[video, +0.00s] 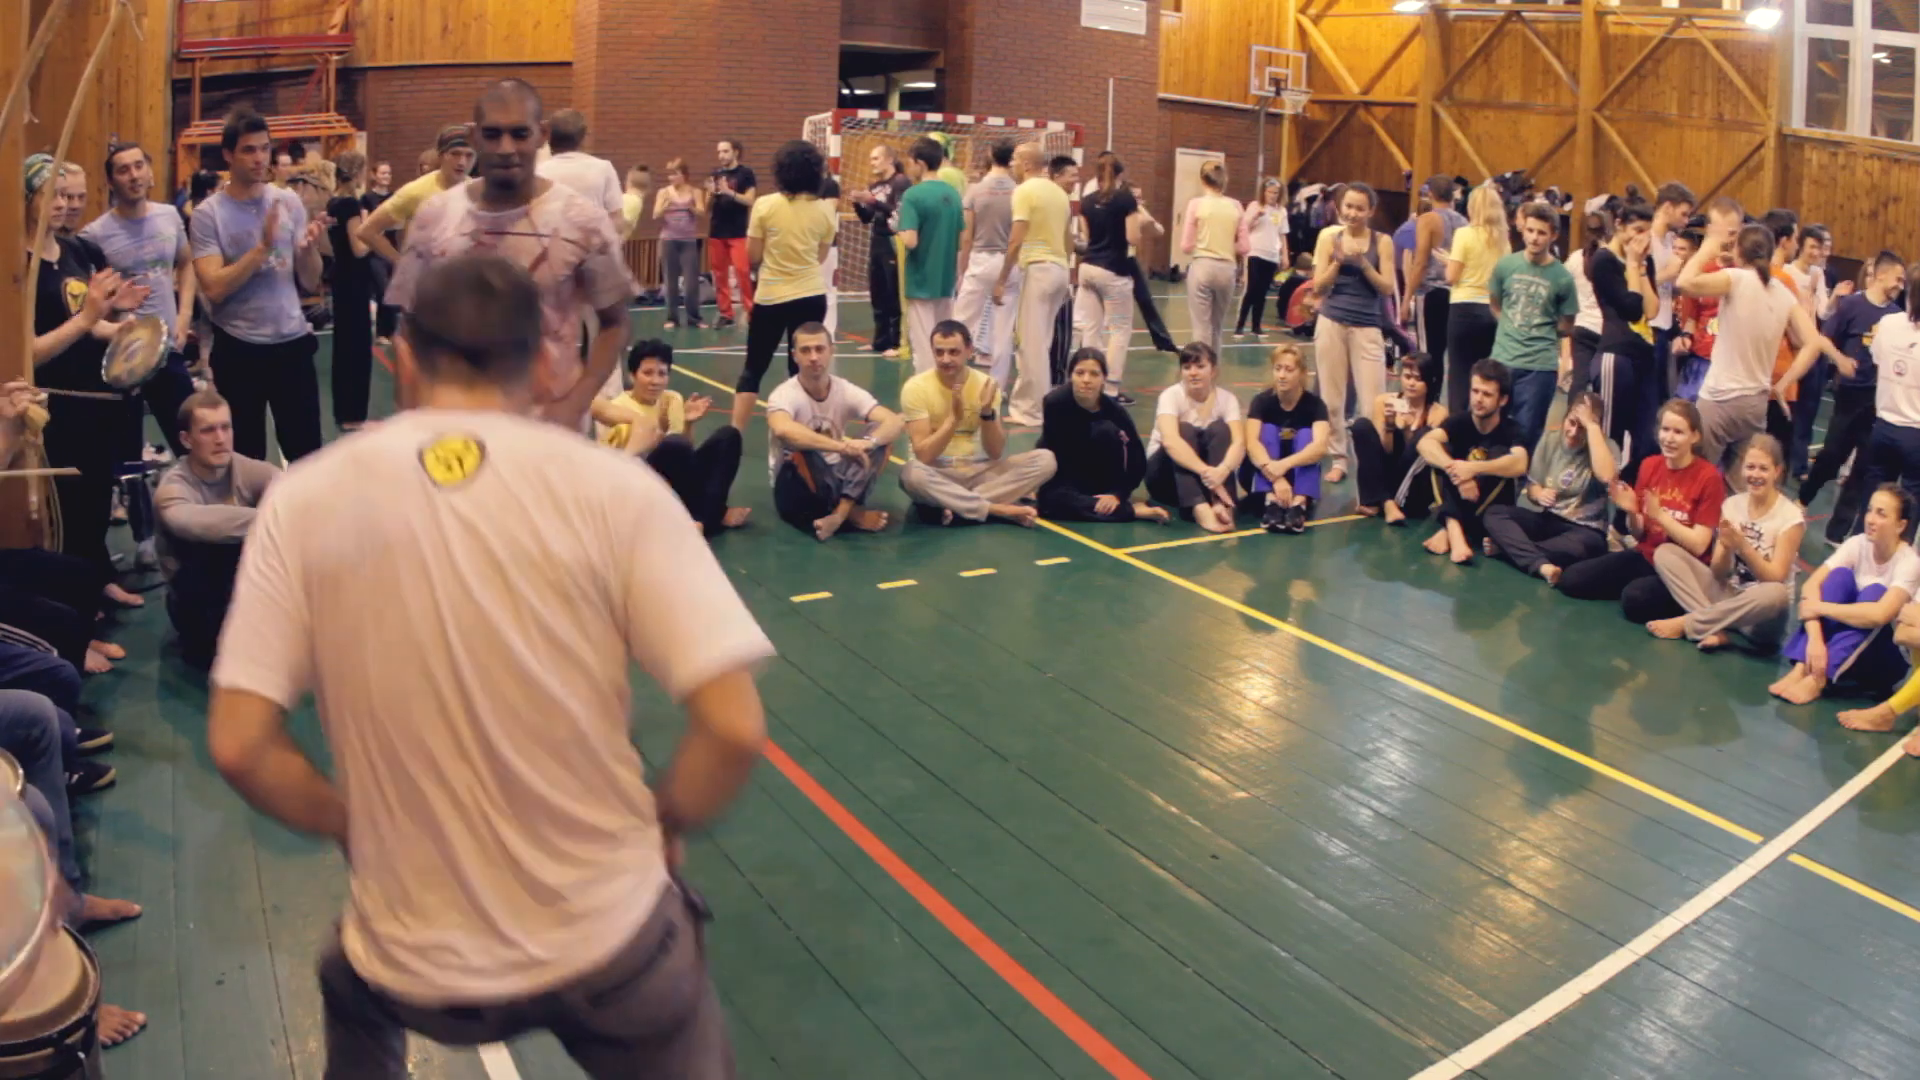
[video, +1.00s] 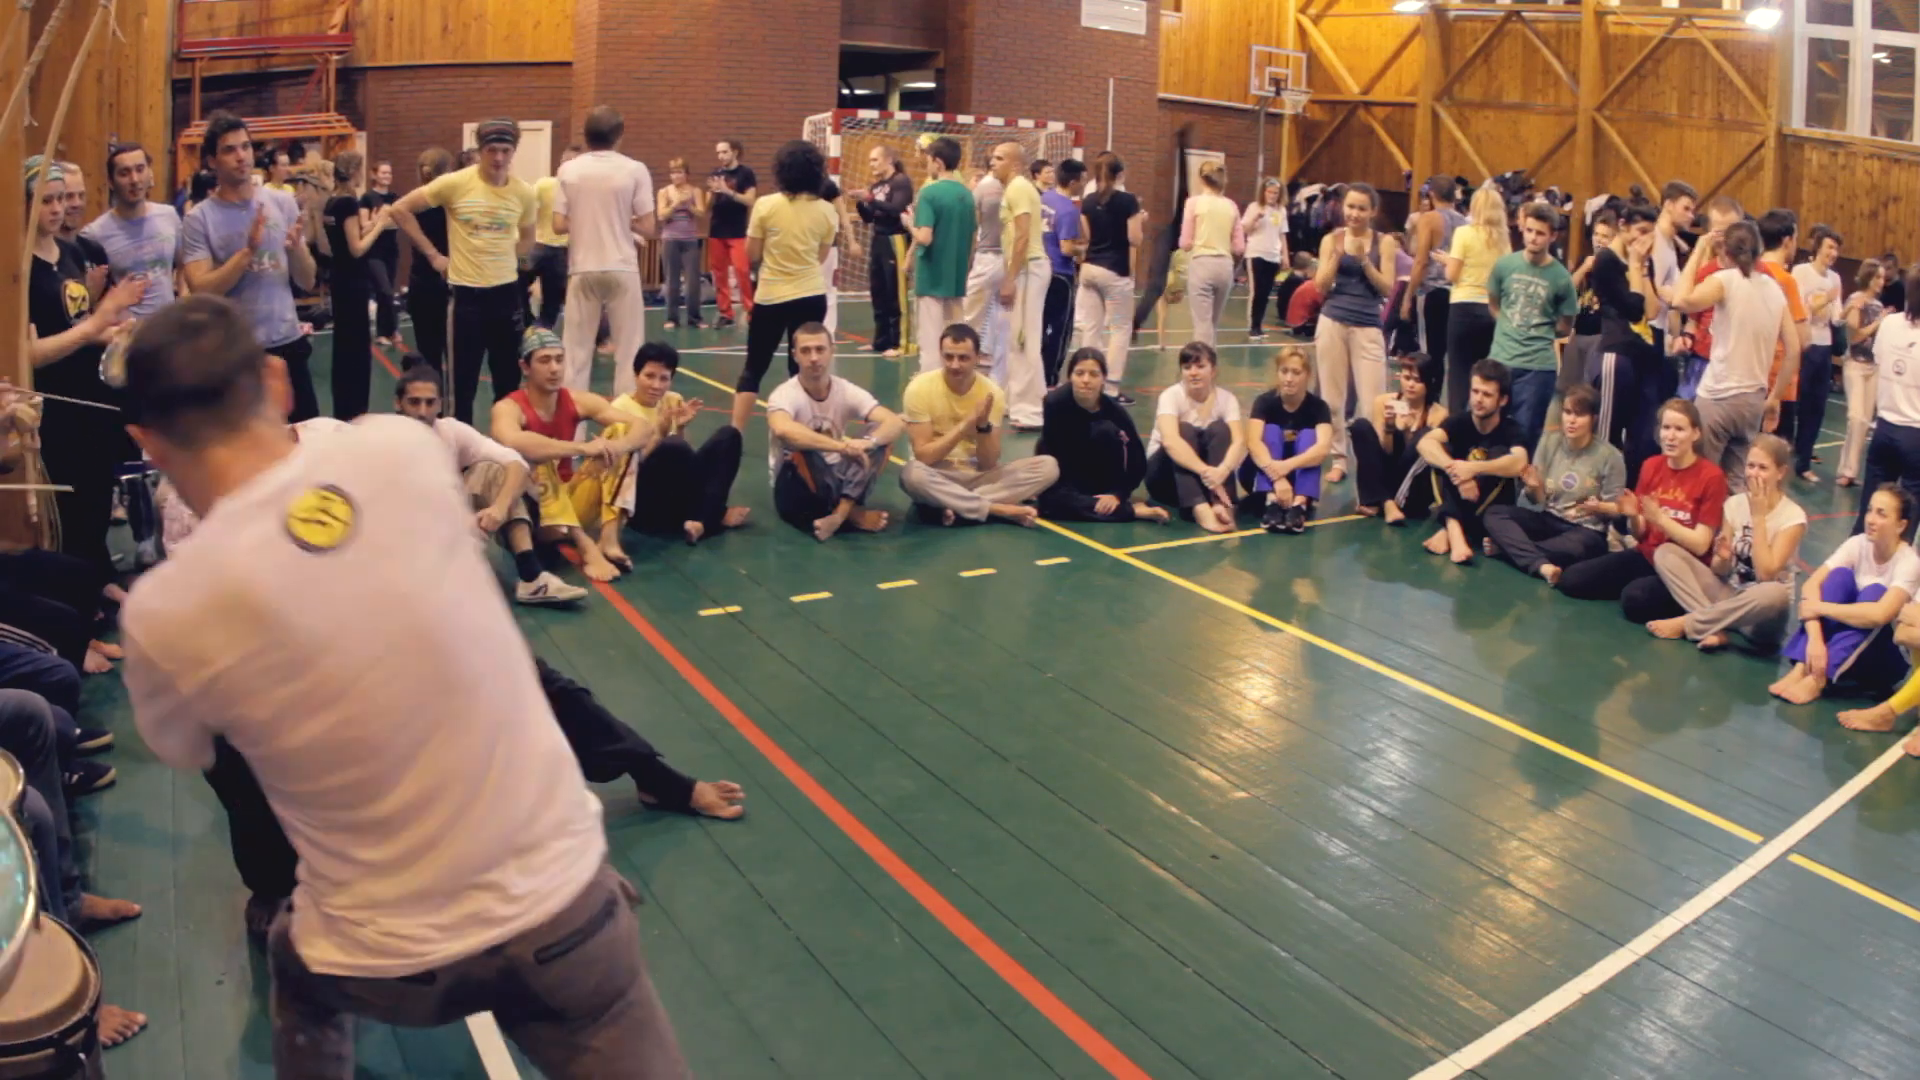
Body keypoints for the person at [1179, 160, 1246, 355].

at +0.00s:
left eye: (1202, 179)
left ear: (1202, 180)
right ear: (1224, 181)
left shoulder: (1195, 204)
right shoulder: (1236, 206)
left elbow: (1186, 245)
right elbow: (1244, 247)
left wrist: (1202, 243)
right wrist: (1225, 246)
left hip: (1202, 261)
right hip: (1227, 264)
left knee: (1201, 324)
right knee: (1217, 325)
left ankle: (1201, 370)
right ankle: (1213, 370)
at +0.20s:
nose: (1200, 183)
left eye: (1200, 179)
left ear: (1201, 180)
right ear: (1221, 181)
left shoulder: (1194, 204)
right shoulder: (1232, 205)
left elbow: (1185, 244)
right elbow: (1242, 246)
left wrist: (1199, 247)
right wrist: (1222, 245)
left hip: (1200, 260)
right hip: (1225, 262)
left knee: (1201, 323)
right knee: (1216, 324)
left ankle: (1201, 369)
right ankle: (1212, 369)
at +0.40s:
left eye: (1199, 179)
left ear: (1199, 180)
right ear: (1221, 182)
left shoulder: (1191, 203)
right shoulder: (1231, 205)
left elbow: (1184, 242)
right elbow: (1239, 246)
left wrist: (1197, 245)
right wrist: (1222, 243)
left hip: (1200, 258)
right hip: (1225, 261)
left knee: (1202, 322)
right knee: (1217, 322)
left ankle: (1202, 368)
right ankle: (1212, 367)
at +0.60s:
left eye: (1198, 179)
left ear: (1200, 180)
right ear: (1221, 182)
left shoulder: (1191, 203)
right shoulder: (1231, 205)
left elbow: (1183, 243)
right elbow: (1239, 246)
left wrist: (1199, 241)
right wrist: (1221, 242)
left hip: (1200, 258)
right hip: (1225, 261)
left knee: (1202, 321)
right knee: (1217, 322)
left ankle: (1202, 368)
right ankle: (1212, 367)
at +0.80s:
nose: (1197, 181)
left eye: (1198, 178)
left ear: (1200, 180)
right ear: (1222, 181)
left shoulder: (1192, 203)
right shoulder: (1231, 205)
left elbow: (1185, 243)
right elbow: (1240, 246)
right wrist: (1223, 243)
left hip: (1201, 259)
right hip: (1225, 260)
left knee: (1203, 321)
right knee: (1214, 321)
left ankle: (1201, 369)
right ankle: (1208, 365)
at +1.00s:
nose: (1198, 182)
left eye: (1200, 178)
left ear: (1202, 179)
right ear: (1223, 182)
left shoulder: (1193, 203)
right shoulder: (1231, 206)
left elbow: (1185, 242)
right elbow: (1239, 247)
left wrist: (1199, 242)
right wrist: (1221, 245)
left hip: (1201, 258)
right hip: (1225, 260)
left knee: (1202, 320)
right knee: (1212, 321)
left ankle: (1204, 368)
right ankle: (1205, 363)